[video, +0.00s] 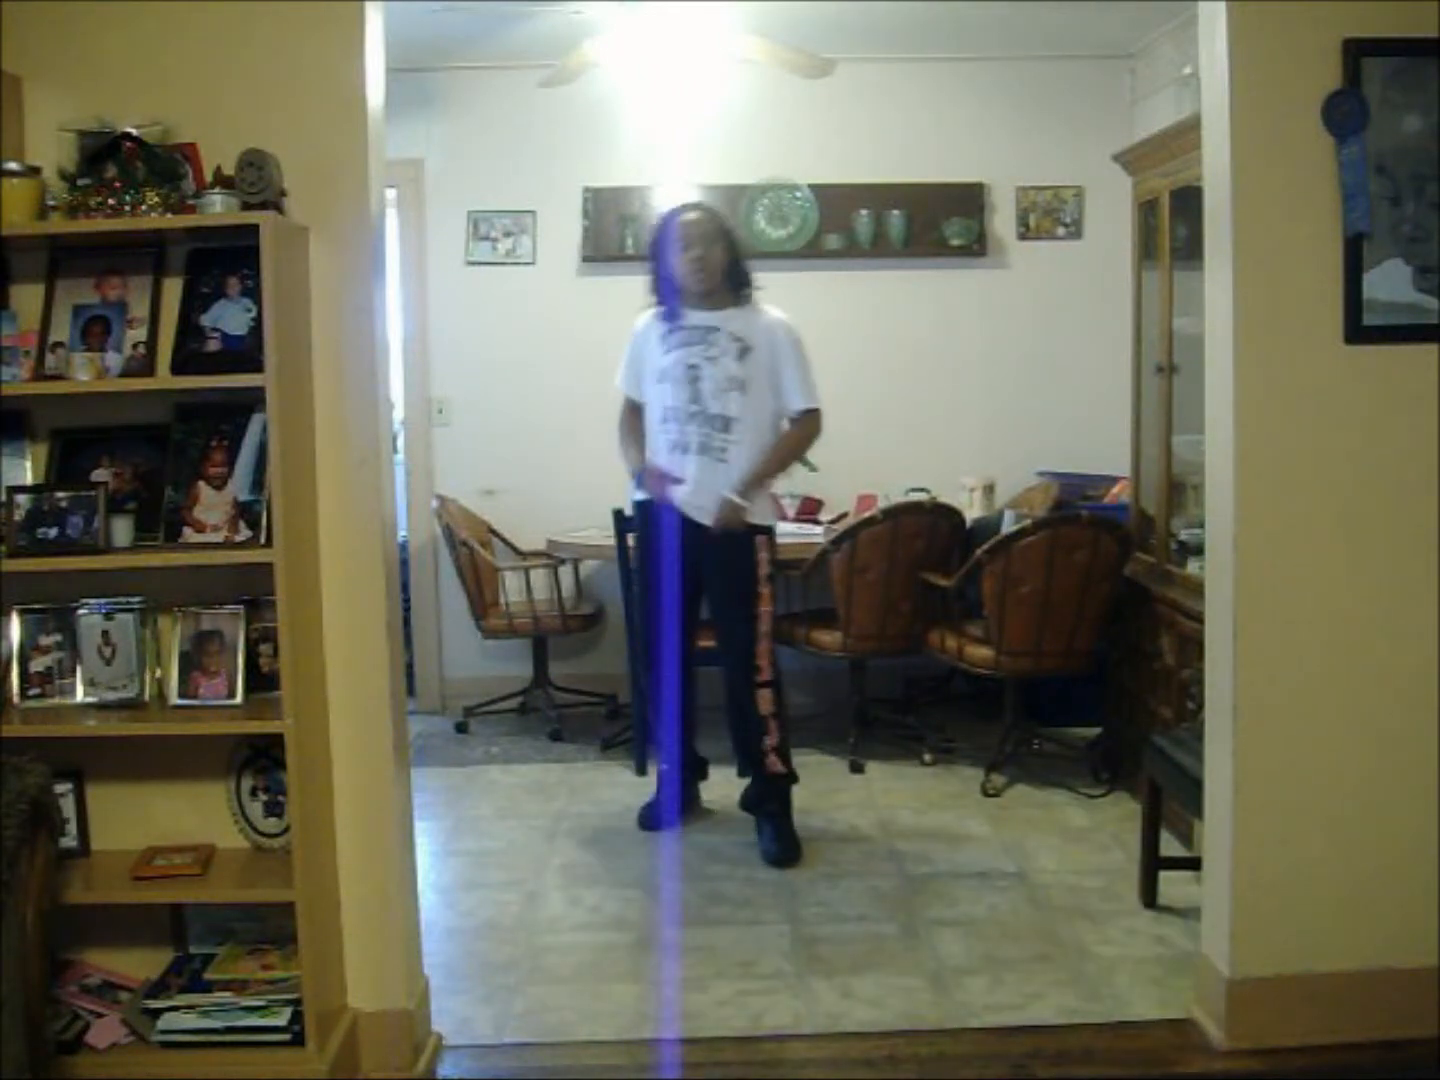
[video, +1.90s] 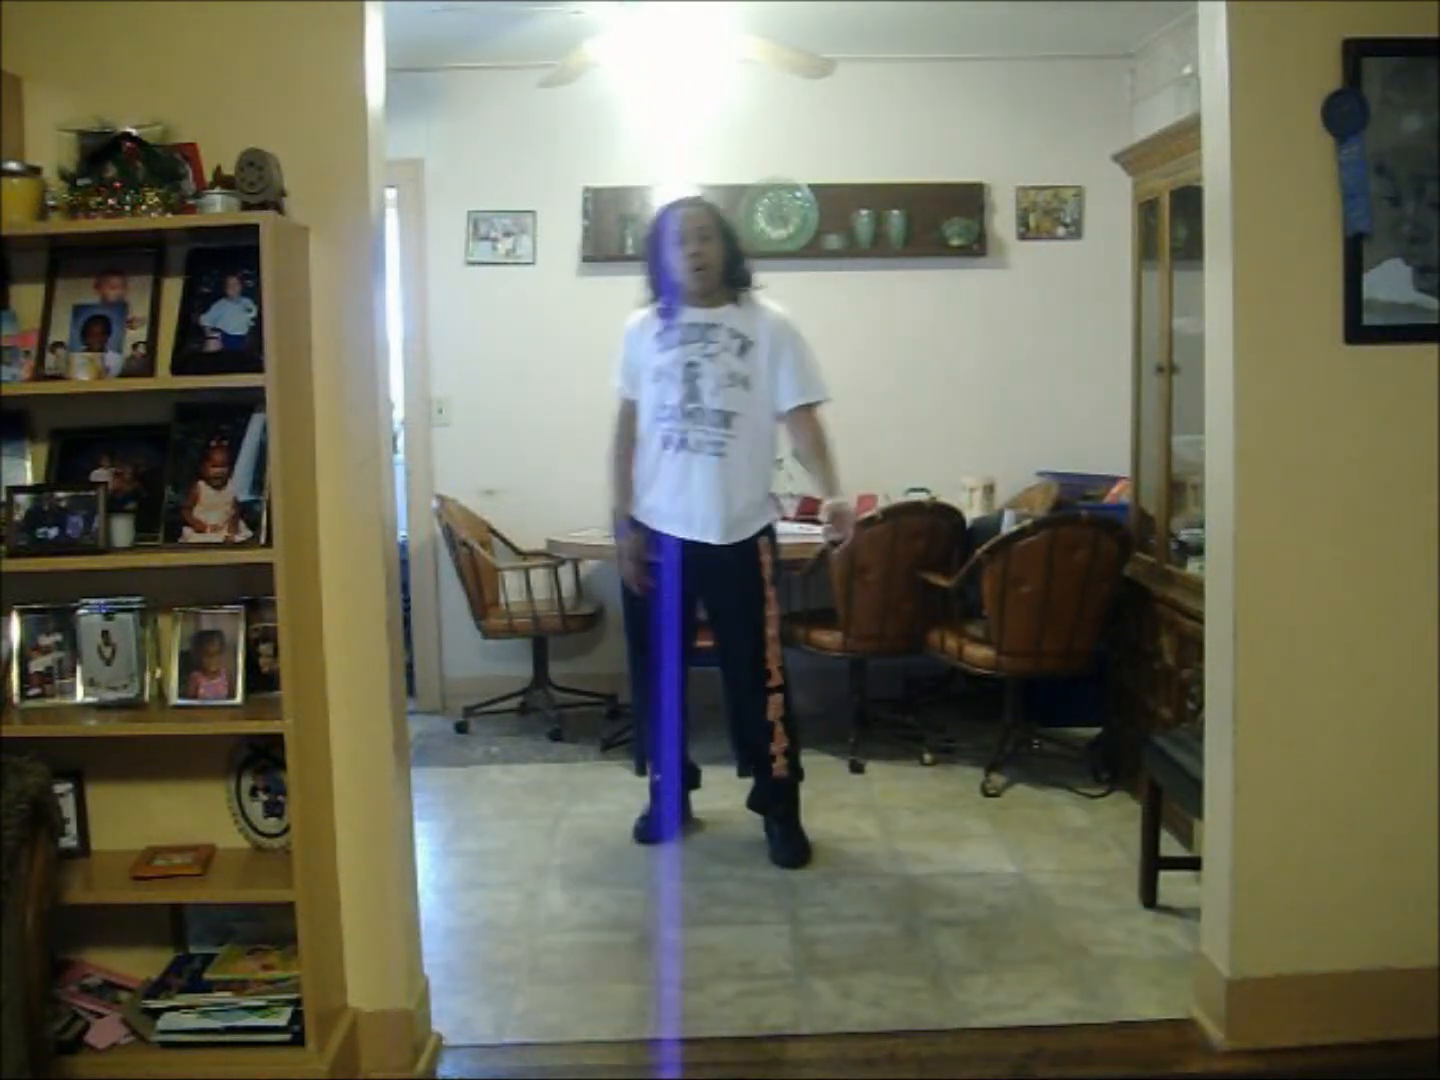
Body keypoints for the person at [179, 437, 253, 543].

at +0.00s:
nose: (219, 472)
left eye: (224, 466)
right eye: (214, 466)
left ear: (230, 469)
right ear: (204, 468)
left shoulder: (232, 488)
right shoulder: (200, 487)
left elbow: (236, 510)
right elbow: (187, 511)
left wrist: (232, 531)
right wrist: (200, 525)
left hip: (225, 532)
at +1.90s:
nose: (219, 471)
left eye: (223, 466)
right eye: (213, 466)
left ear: (230, 469)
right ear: (203, 468)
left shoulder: (232, 488)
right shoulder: (200, 487)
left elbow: (237, 511)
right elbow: (186, 511)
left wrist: (232, 531)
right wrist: (202, 526)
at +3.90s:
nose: (219, 472)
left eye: (224, 467)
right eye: (214, 466)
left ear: (230, 469)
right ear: (203, 468)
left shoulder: (231, 489)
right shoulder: (199, 489)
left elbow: (236, 509)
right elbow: (186, 511)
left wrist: (234, 523)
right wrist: (199, 526)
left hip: (225, 533)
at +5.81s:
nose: (219, 472)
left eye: (224, 467)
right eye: (214, 466)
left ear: (231, 469)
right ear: (203, 468)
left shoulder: (231, 488)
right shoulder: (199, 488)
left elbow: (236, 509)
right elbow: (186, 511)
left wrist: (234, 523)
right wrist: (199, 526)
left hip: (225, 533)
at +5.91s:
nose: (219, 472)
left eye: (224, 467)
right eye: (214, 466)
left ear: (231, 469)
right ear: (203, 468)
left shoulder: (231, 488)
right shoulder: (199, 488)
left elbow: (236, 509)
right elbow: (186, 511)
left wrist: (234, 523)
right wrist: (199, 526)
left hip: (225, 534)